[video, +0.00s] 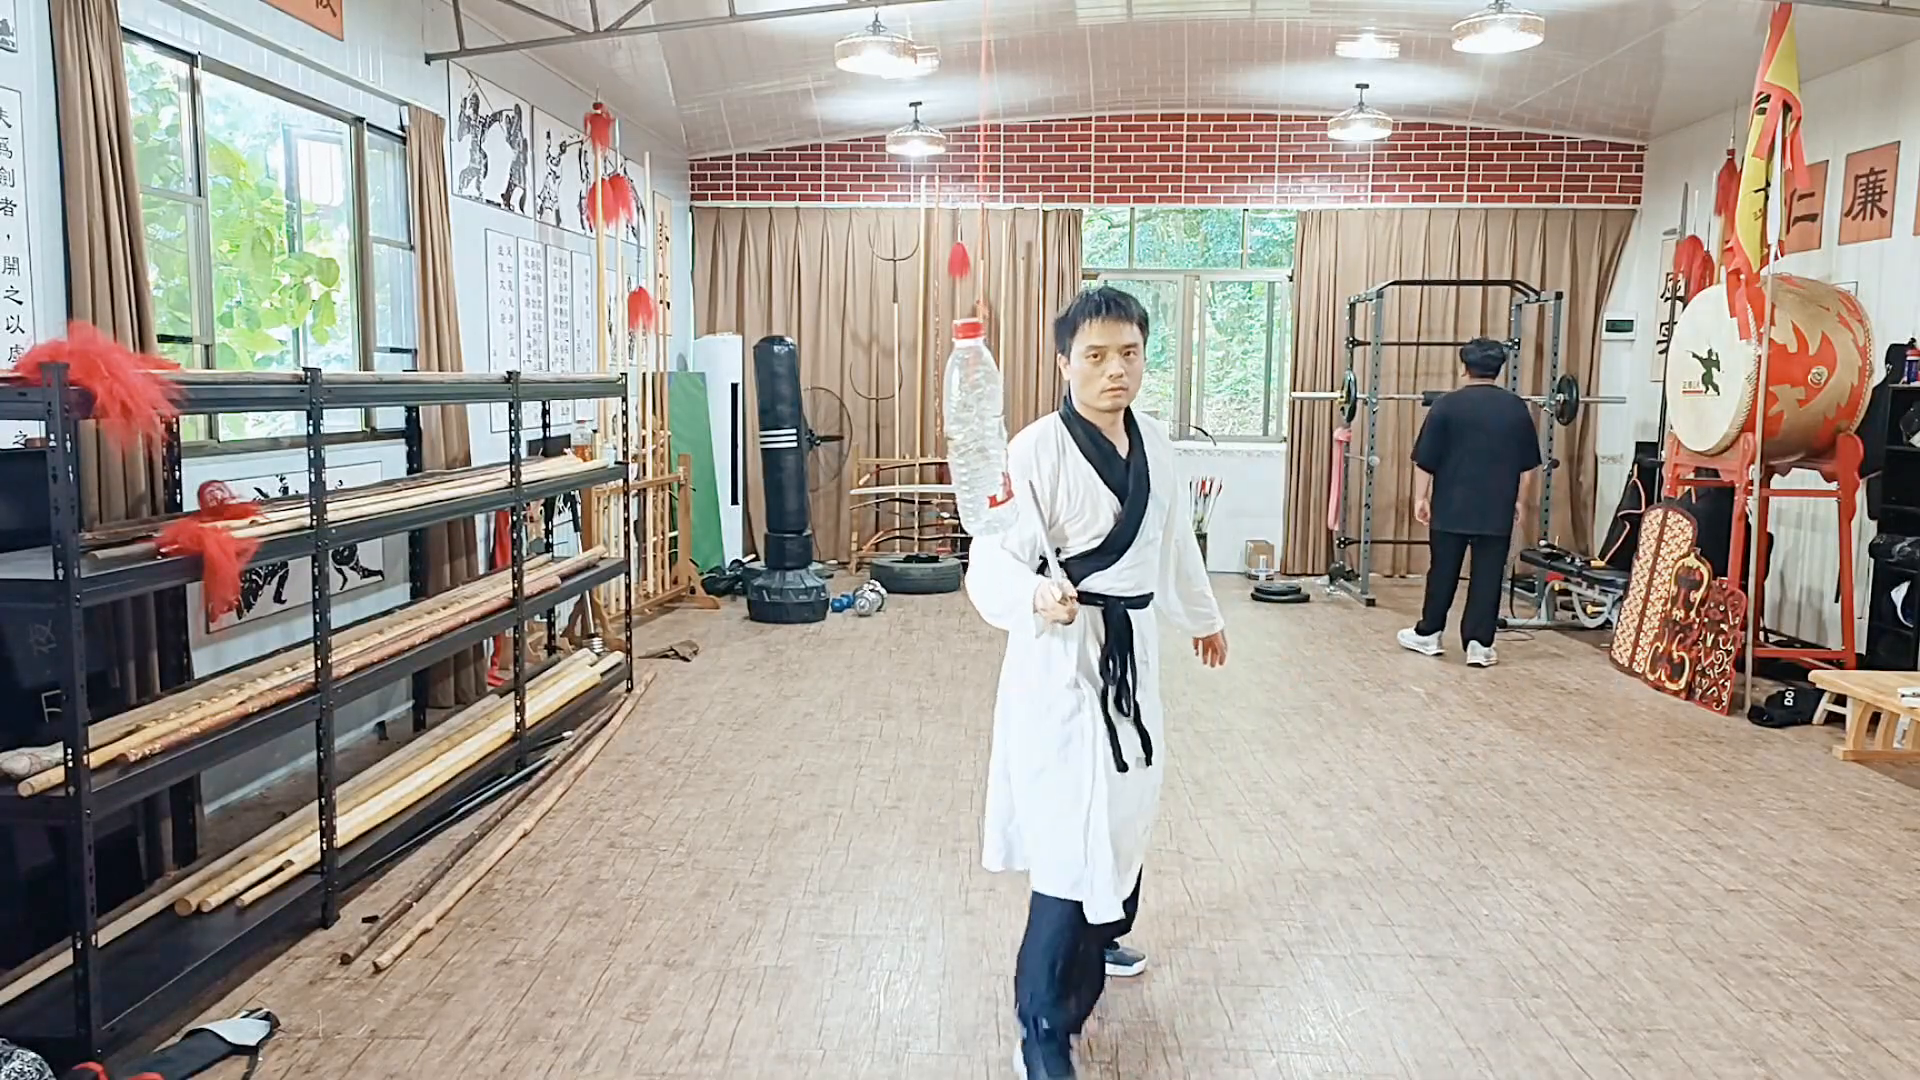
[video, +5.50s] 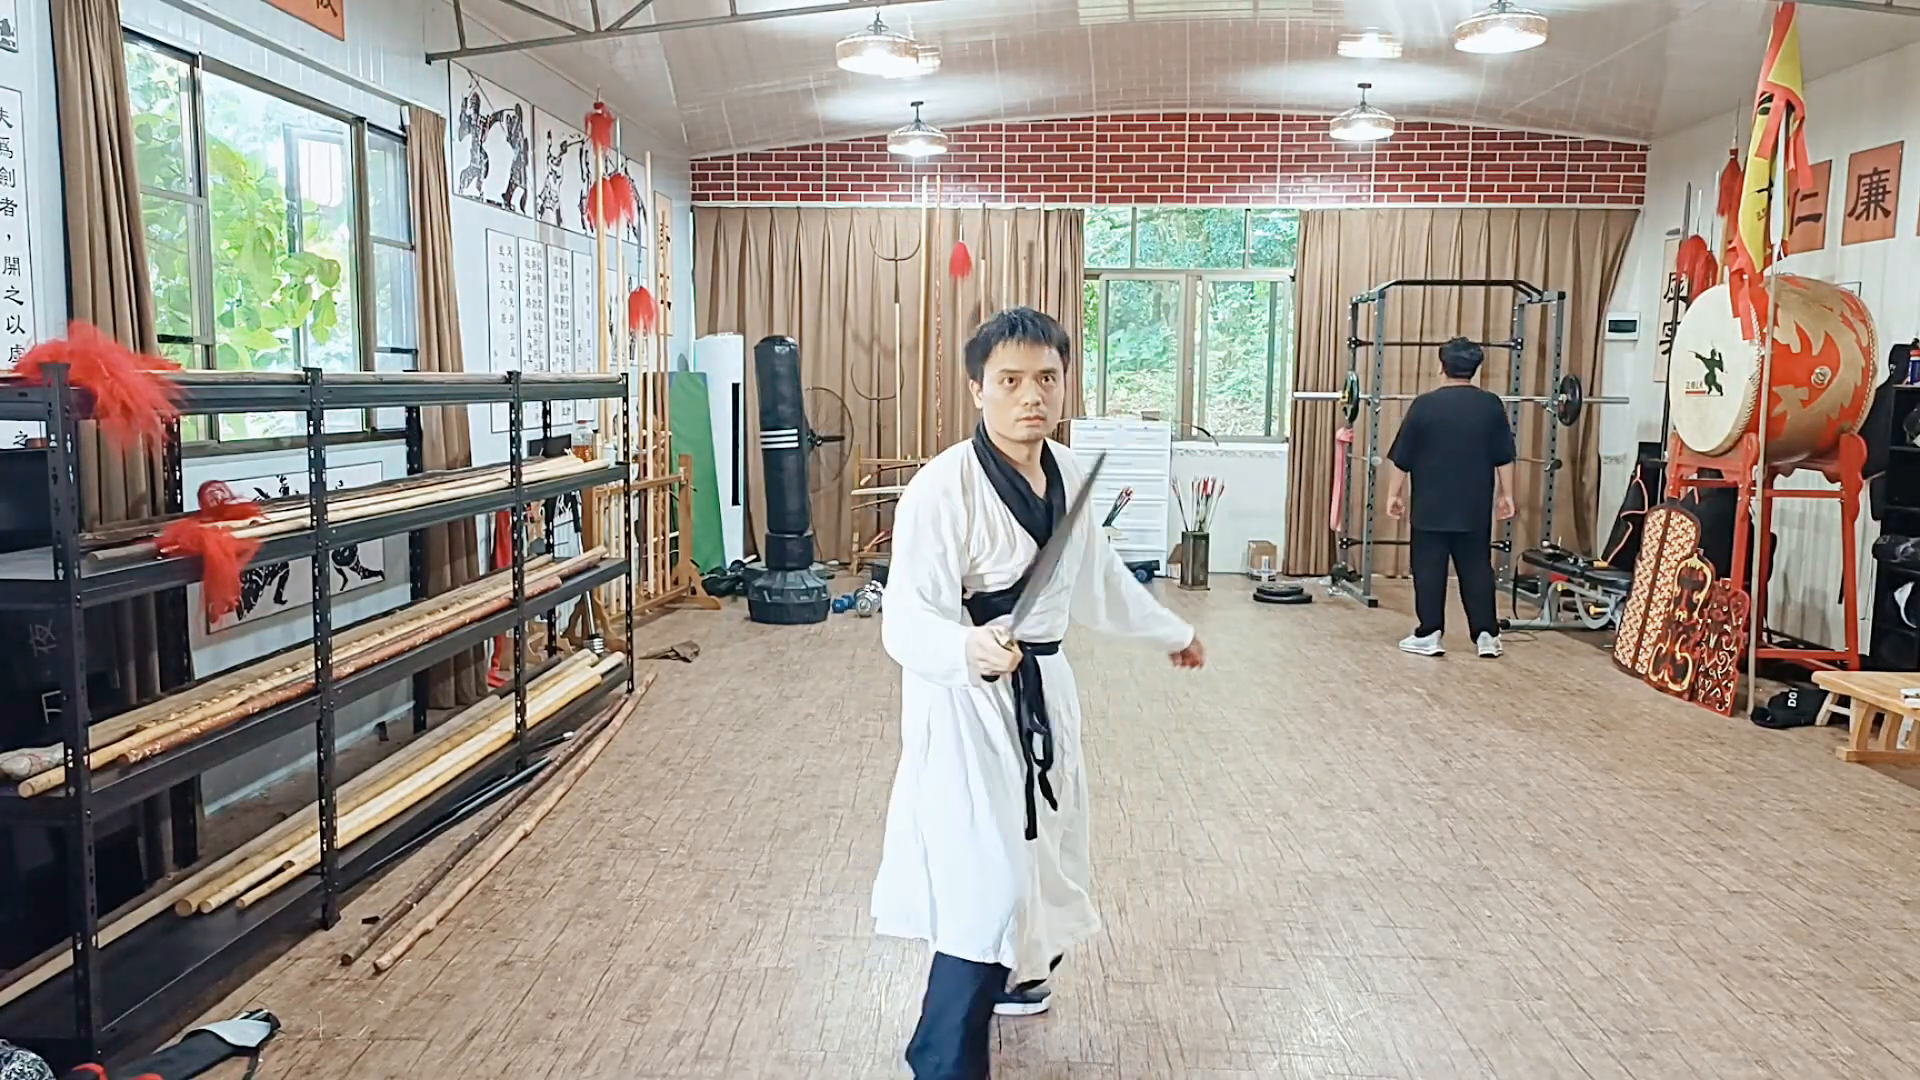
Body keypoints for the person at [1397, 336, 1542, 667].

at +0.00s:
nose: (1461, 370)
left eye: (1463, 366)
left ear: (1465, 368)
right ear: (1499, 370)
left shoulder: (1447, 405)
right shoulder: (1516, 407)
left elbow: (1426, 459)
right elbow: (1529, 465)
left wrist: (1420, 497)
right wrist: (1522, 504)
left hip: (1450, 507)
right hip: (1496, 511)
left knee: (1442, 573)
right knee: (1487, 580)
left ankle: (1428, 635)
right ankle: (1479, 645)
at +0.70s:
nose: (1415, 370)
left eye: (1417, 366)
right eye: (1419, 365)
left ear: (1419, 370)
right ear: (1451, 370)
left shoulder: (1405, 407)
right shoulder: (1471, 405)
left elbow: (1383, 458)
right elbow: (1485, 455)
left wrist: (1373, 495)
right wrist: (1483, 490)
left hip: (1414, 508)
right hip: (1456, 506)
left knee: (1417, 569)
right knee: (1453, 563)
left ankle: (1424, 633)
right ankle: (1459, 625)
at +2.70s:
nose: (1400, 375)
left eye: (1401, 371)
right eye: (1400, 371)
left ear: (1406, 374)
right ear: (1436, 372)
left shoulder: (1398, 409)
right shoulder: (1460, 405)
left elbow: (1381, 464)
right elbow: (1476, 455)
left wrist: (1371, 502)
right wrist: (1478, 490)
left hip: (1411, 506)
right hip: (1453, 504)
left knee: (1413, 569)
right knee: (1444, 563)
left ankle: (1424, 633)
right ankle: (1439, 619)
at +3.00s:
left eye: (1423, 383)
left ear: (1421, 387)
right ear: (1453, 384)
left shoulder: (1408, 423)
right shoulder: (1470, 416)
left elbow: (1388, 472)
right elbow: (1491, 462)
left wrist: (1381, 506)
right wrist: (1489, 490)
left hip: (1420, 513)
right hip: (1460, 512)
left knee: (1412, 563)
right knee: (1460, 569)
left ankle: (1405, 609)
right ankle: (1463, 629)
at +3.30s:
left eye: (1444, 368)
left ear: (1443, 371)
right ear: (1477, 372)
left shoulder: (1431, 407)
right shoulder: (1494, 406)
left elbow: (1412, 460)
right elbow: (1509, 456)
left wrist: (1406, 496)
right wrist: (1511, 492)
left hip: (1436, 504)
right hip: (1480, 505)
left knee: (1428, 560)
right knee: (1471, 570)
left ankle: (1421, 623)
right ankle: (1463, 637)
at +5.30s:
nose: (1426, 366)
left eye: (1428, 363)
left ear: (1430, 367)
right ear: (1463, 369)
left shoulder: (1412, 404)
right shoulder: (1478, 404)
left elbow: (1391, 455)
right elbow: (1494, 454)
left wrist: (1386, 491)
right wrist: (1497, 492)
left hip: (1421, 507)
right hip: (1465, 507)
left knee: (1423, 571)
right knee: (1473, 567)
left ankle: (1428, 635)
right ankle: (1485, 633)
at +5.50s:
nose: (1438, 368)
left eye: (1440, 364)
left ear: (1442, 368)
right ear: (1475, 369)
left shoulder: (1425, 404)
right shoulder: (1490, 405)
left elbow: (1402, 456)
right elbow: (1503, 456)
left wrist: (1394, 493)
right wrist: (1507, 494)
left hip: (1430, 508)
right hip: (1474, 508)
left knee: (1429, 571)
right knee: (1476, 570)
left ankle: (1429, 634)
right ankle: (1486, 635)